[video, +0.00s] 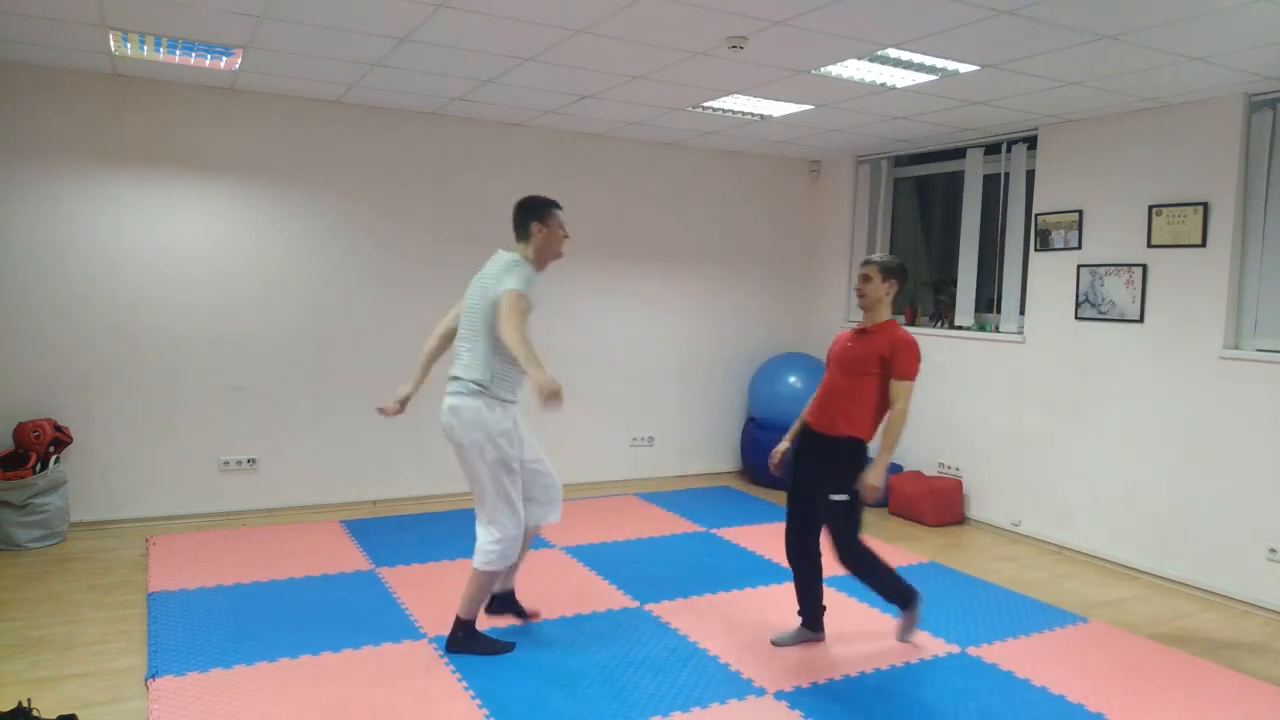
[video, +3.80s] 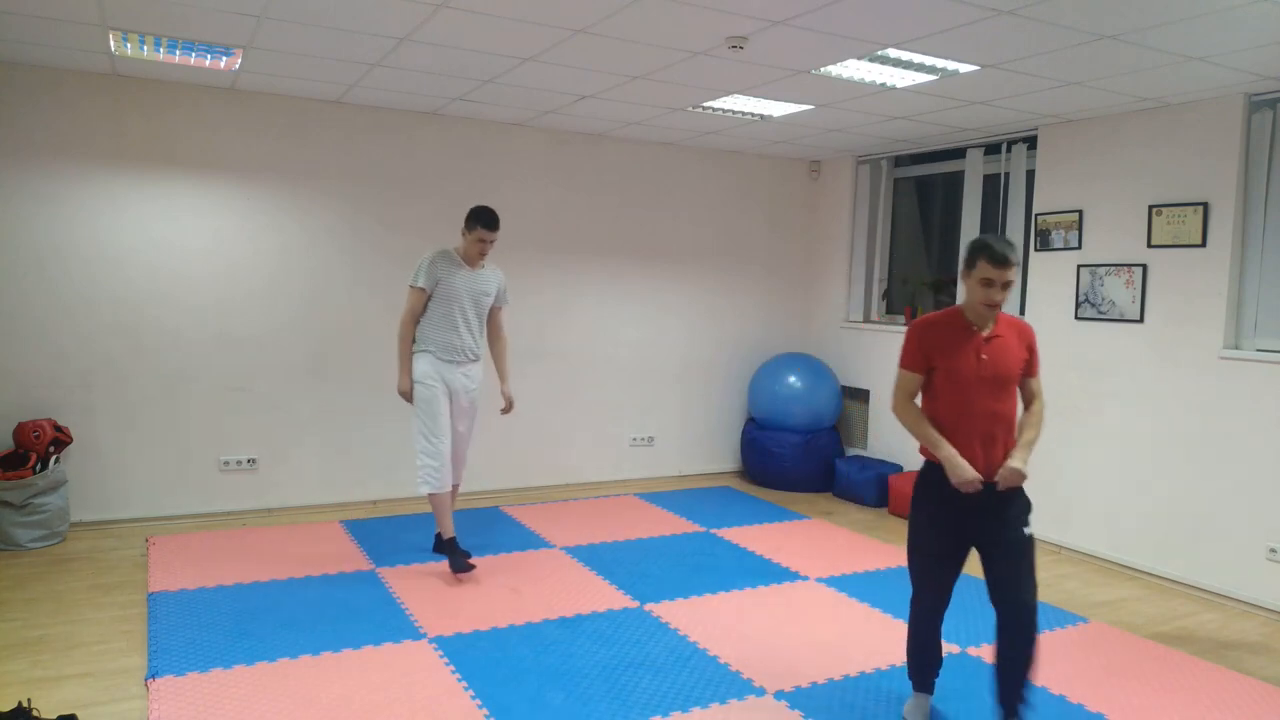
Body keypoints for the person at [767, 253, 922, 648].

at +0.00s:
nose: (857, 286)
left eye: (866, 280)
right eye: (857, 280)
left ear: (890, 287)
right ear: (862, 286)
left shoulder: (900, 342)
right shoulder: (847, 336)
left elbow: (899, 409)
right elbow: (823, 394)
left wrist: (880, 466)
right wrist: (789, 438)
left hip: (845, 452)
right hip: (809, 444)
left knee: (847, 548)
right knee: (799, 542)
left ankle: (908, 600)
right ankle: (811, 625)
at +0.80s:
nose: (845, 287)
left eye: (850, 281)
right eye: (846, 281)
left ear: (873, 284)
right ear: (868, 285)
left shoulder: (892, 329)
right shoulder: (866, 328)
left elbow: (871, 386)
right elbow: (839, 374)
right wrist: (807, 410)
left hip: (892, 440)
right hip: (868, 437)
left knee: (887, 525)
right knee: (856, 518)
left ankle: (932, 612)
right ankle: (868, 587)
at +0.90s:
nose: (840, 289)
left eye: (845, 282)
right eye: (840, 282)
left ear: (868, 284)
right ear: (864, 286)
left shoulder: (888, 327)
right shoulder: (861, 326)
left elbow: (843, 365)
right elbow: (824, 358)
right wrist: (776, 377)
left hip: (895, 436)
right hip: (871, 433)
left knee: (874, 518)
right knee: (856, 515)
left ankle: (913, 603)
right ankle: (868, 588)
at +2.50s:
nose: (858, 287)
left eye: (866, 280)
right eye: (853, 280)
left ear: (884, 280)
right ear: (848, 281)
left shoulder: (898, 322)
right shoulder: (855, 323)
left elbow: (933, 371)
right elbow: (859, 368)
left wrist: (880, 384)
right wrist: (844, 381)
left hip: (886, 429)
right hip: (859, 427)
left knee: (866, 517)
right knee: (856, 514)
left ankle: (872, 592)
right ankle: (869, 584)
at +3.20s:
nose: (939, 293)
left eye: (948, 284)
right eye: (932, 283)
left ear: (958, 283)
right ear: (916, 278)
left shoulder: (974, 329)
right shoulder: (893, 324)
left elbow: (997, 387)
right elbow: (866, 370)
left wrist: (959, 424)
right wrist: (874, 416)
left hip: (944, 455)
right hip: (895, 450)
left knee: (936, 550)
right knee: (881, 539)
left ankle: (921, 630)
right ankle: (882, 611)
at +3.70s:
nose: (979, 297)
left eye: (987, 287)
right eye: (970, 286)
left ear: (996, 285)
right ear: (948, 280)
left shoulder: (1007, 332)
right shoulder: (916, 333)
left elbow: (1024, 399)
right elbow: (885, 399)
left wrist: (1008, 450)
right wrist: (927, 448)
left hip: (990, 486)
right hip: (932, 483)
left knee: (1003, 592)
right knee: (926, 595)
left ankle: (962, 658)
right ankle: (920, 690)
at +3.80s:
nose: (997, 295)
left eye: (1005, 286)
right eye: (987, 284)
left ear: (1012, 284)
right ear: (964, 278)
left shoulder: (1020, 334)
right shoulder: (928, 331)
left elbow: (1034, 403)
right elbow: (901, 401)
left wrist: (1020, 454)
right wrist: (946, 453)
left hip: (1004, 492)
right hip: (942, 489)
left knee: (1019, 606)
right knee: (928, 598)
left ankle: (1012, 706)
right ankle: (921, 691)